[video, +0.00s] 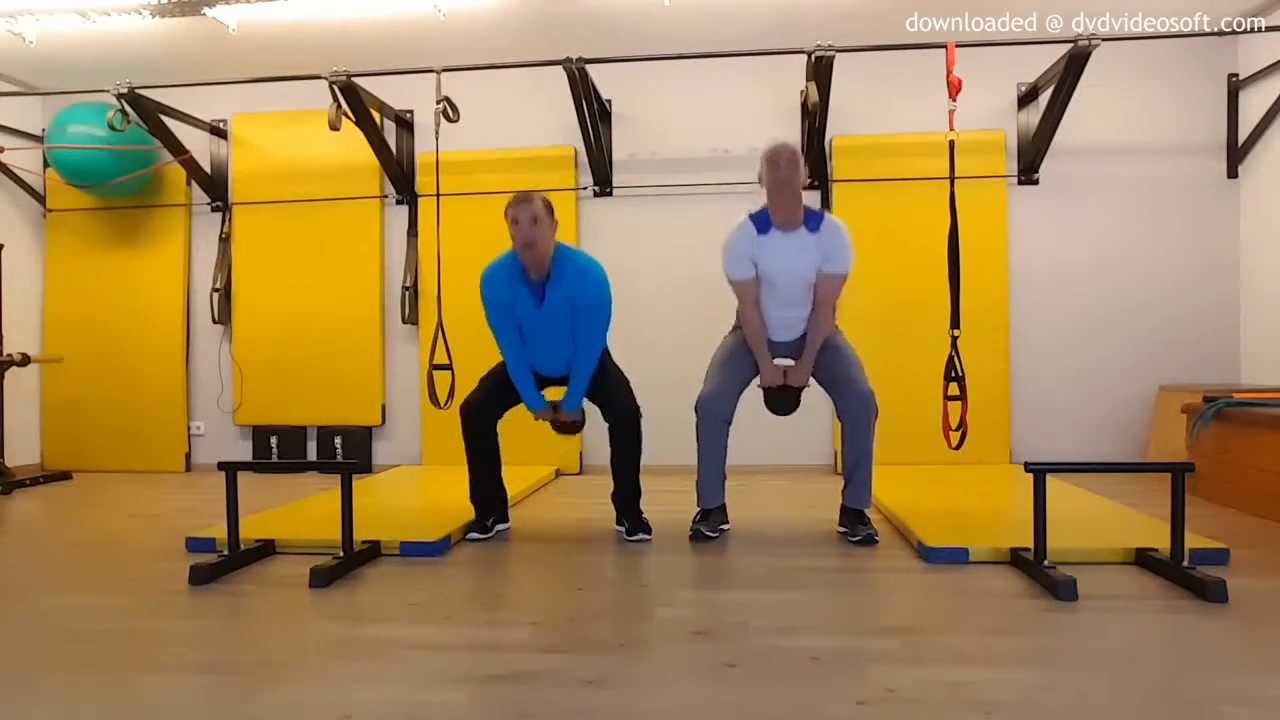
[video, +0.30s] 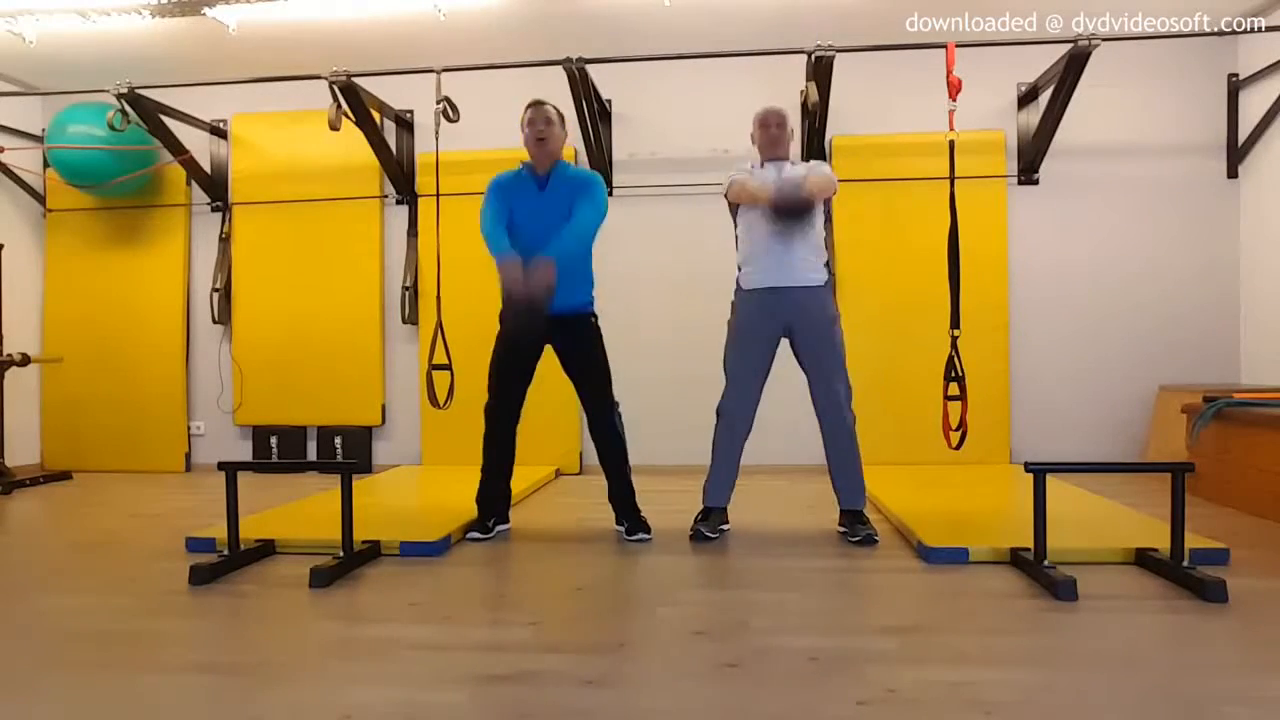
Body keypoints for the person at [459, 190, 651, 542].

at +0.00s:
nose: (526, 231)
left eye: (535, 221)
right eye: (517, 223)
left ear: (553, 226)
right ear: (509, 231)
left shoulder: (588, 274)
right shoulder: (495, 280)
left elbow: (589, 348)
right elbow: (512, 351)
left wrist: (572, 404)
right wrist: (538, 405)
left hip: (585, 362)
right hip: (527, 366)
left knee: (626, 413)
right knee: (475, 413)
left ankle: (629, 514)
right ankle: (492, 514)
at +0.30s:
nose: (538, 128)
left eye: (546, 122)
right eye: (531, 123)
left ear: (564, 134)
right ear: (521, 136)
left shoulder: (588, 184)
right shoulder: (502, 186)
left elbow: (581, 230)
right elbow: (492, 228)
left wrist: (550, 260)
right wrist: (508, 261)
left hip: (574, 317)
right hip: (521, 316)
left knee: (603, 413)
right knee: (500, 413)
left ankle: (628, 513)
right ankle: (492, 513)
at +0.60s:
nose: (535, 140)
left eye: (543, 134)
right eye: (531, 135)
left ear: (560, 141)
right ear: (527, 142)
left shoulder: (586, 177)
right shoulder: (513, 180)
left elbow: (575, 147)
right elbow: (486, 162)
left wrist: (540, 107)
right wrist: (494, 115)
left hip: (573, 312)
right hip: (521, 310)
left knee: (599, 414)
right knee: (507, 416)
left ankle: (630, 515)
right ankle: (493, 515)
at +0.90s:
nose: (543, 129)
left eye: (552, 123)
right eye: (535, 125)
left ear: (569, 138)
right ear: (525, 139)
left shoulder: (589, 175)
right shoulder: (514, 178)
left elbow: (585, 183)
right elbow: (494, 182)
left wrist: (545, 157)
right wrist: (497, 156)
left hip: (578, 317)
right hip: (526, 316)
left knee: (604, 415)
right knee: (506, 417)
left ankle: (629, 513)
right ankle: (493, 514)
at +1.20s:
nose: (543, 173)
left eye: (550, 166)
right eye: (535, 167)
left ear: (565, 178)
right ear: (525, 179)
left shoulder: (593, 235)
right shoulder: (508, 235)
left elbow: (587, 310)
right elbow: (508, 304)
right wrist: (522, 364)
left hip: (585, 346)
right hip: (530, 348)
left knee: (629, 410)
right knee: (484, 411)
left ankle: (632, 515)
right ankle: (494, 514)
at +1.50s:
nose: (524, 241)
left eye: (533, 231)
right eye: (515, 234)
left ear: (552, 236)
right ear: (507, 241)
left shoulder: (586, 281)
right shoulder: (496, 285)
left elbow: (589, 352)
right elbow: (511, 352)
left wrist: (574, 406)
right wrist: (538, 404)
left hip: (585, 369)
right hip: (528, 371)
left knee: (627, 416)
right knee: (475, 413)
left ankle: (630, 515)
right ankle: (491, 513)